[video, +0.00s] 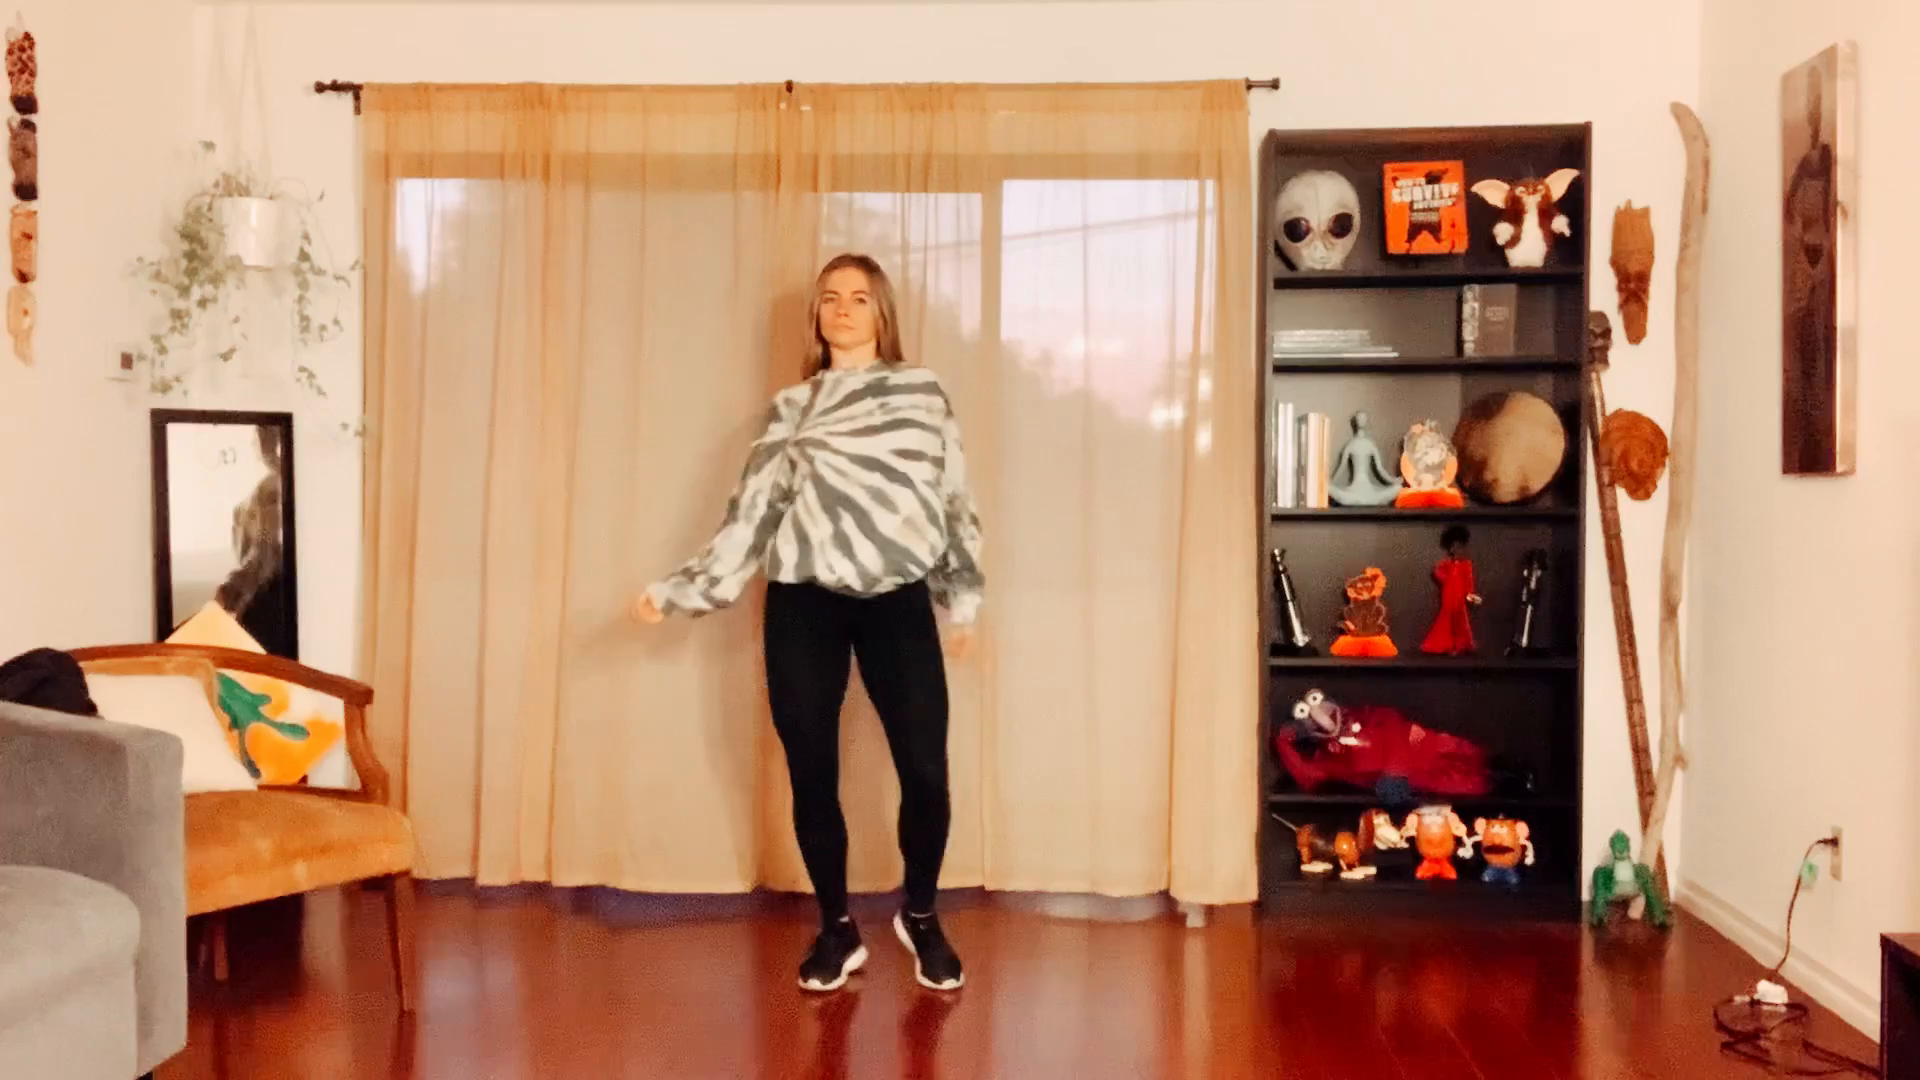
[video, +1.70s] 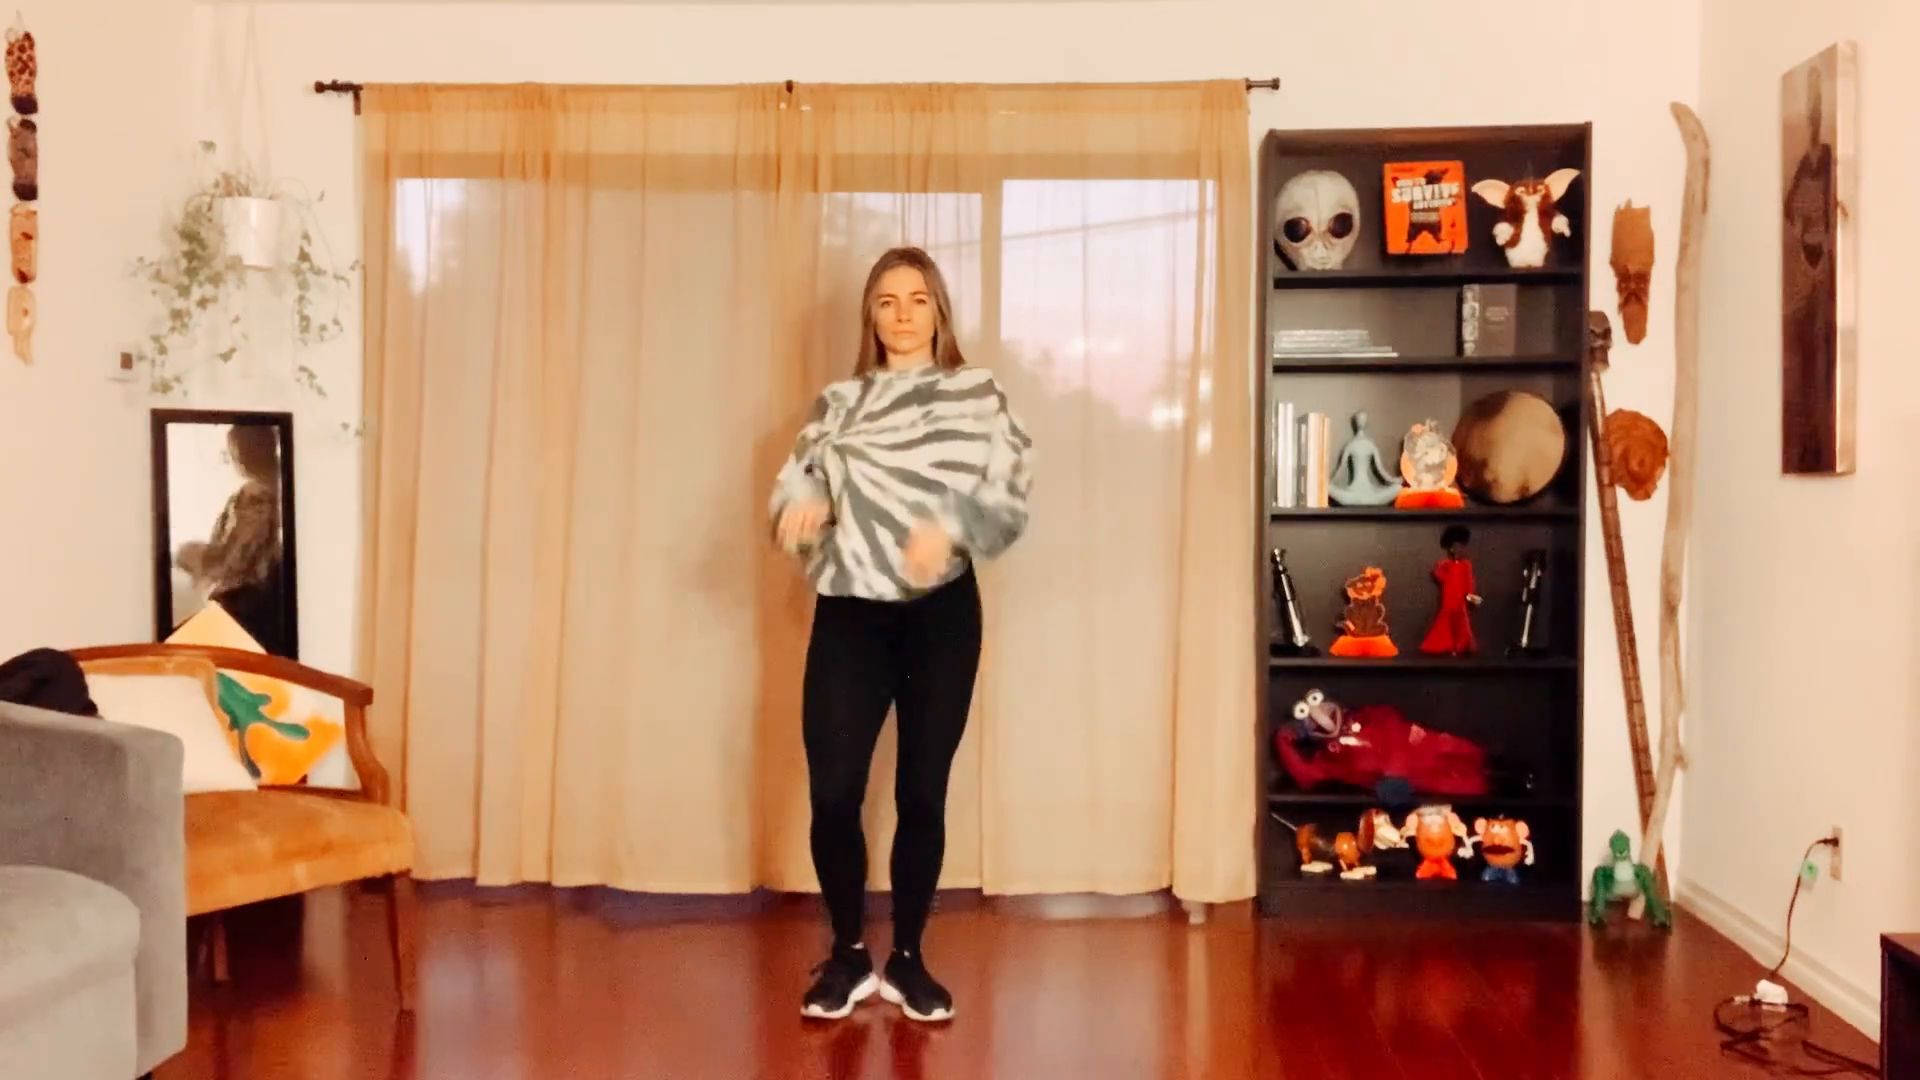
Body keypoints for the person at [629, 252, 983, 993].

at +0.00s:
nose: (843, 306)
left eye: (858, 296)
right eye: (831, 296)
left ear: (882, 311)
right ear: (815, 314)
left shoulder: (922, 392)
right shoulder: (795, 406)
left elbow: (954, 501)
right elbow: (751, 518)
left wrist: (960, 600)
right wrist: (680, 588)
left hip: (896, 600)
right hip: (803, 599)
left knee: (927, 774)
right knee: (813, 776)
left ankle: (921, 913)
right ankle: (836, 929)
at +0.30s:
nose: (851, 315)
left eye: (865, 305)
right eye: (836, 305)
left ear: (883, 320)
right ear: (815, 319)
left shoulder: (909, 404)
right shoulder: (790, 409)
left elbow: (926, 509)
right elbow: (772, 511)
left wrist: (952, 601)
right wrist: (779, 600)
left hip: (889, 613)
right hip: (803, 613)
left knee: (904, 778)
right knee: (819, 784)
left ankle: (908, 914)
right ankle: (838, 933)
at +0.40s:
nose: (851, 315)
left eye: (866, 306)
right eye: (836, 304)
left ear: (882, 321)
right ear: (814, 318)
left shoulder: (905, 407)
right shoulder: (781, 408)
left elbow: (919, 513)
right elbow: (781, 516)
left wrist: (943, 603)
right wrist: (854, 565)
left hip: (885, 613)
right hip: (797, 613)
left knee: (908, 775)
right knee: (818, 783)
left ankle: (905, 910)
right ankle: (839, 933)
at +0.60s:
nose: (850, 319)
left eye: (864, 309)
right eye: (835, 306)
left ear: (880, 324)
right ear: (813, 318)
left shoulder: (899, 410)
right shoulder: (775, 398)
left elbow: (903, 517)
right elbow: (770, 494)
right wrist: (882, 473)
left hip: (893, 605)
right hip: (803, 607)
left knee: (911, 775)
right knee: (826, 784)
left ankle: (893, 920)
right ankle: (840, 929)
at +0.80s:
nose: (855, 320)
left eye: (869, 309)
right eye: (840, 306)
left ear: (884, 324)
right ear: (817, 317)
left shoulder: (902, 406)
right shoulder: (776, 396)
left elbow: (916, 517)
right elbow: (763, 507)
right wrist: (846, 530)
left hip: (906, 610)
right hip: (815, 613)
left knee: (915, 780)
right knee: (829, 791)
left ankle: (906, 945)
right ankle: (838, 929)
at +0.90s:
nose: (860, 318)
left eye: (874, 308)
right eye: (846, 305)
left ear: (892, 321)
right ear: (823, 315)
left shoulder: (911, 405)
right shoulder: (784, 395)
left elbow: (932, 513)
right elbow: (756, 489)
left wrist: (949, 610)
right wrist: (758, 551)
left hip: (917, 613)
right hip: (826, 616)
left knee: (918, 786)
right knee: (831, 794)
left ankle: (908, 952)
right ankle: (839, 925)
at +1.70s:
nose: (902, 312)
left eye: (917, 300)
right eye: (887, 301)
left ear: (939, 310)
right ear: (871, 314)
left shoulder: (978, 397)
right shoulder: (841, 402)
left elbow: (1006, 505)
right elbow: (797, 480)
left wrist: (952, 531)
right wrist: (800, 508)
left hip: (940, 617)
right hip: (848, 615)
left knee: (922, 795)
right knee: (833, 795)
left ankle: (906, 959)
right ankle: (847, 954)